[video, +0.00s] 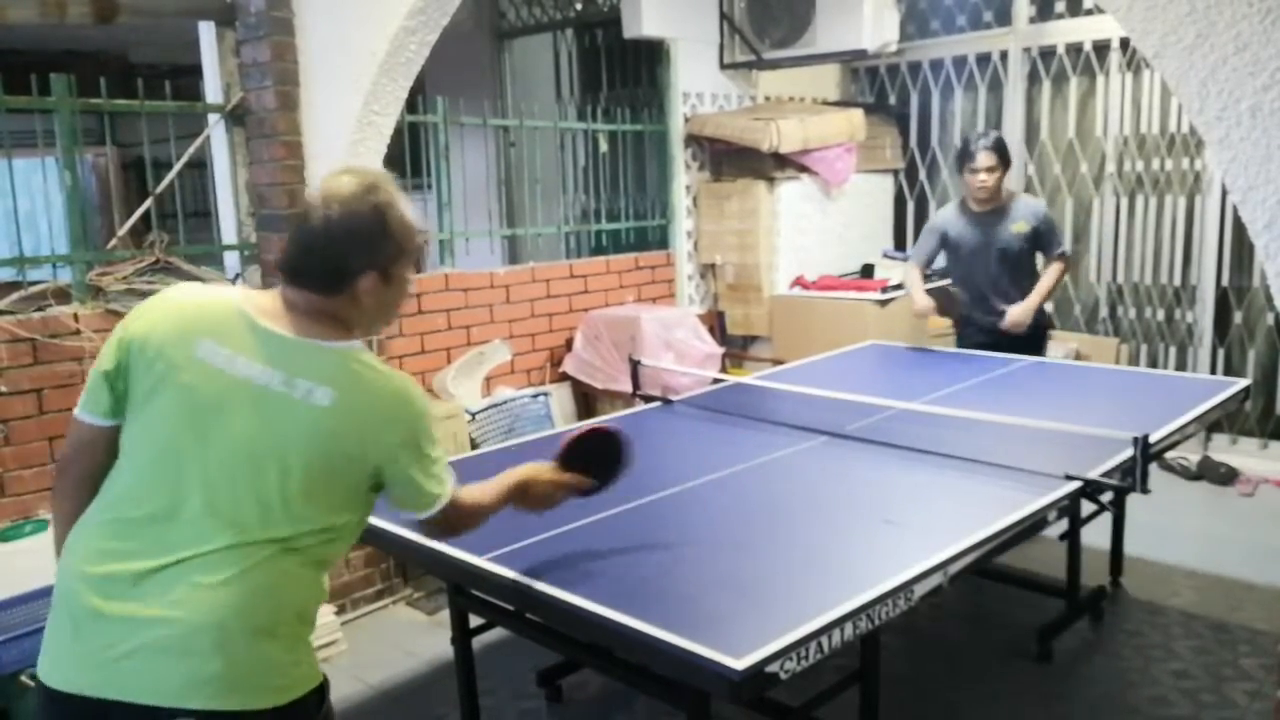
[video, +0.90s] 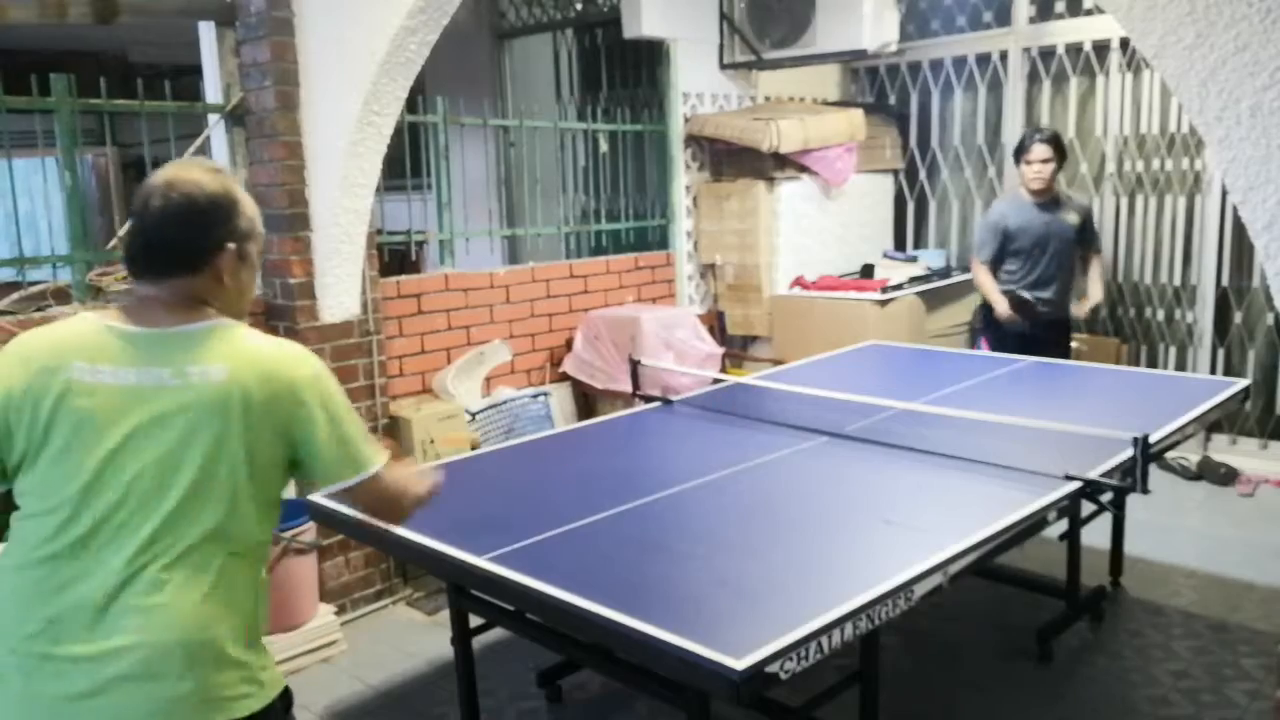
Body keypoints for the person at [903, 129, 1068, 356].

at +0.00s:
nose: (982, 179)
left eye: (991, 171)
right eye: (974, 171)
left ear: (1004, 171)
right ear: (962, 175)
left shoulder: (1032, 212)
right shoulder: (945, 220)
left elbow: (1058, 260)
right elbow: (914, 265)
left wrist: (1028, 306)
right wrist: (920, 296)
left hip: (1025, 334)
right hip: (975, 334)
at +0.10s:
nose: (987, 183)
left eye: (994, 174)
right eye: (977, 176)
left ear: (1006, 174)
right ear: (964, 179)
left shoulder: (1031, 215)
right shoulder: (947, 223)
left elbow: (1049, 265)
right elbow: (917, 276)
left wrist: (1035, 323)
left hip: (1021, 336)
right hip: (970, 336)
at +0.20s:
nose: (994, 187)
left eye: (1001, 178)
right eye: (985, 179)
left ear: (1011, 177)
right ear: (968, 182)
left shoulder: (1033, 216)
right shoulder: (954, 225)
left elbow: (1039, 271)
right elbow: (937, 287)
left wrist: (1039, 330)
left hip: (1021, 334)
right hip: (972, 336)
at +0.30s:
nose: (1004, 188)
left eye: (1010, 180)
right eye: (994, 181)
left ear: (1018, 179)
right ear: (976, 183)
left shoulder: (1031, 215)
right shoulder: (965, 228)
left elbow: (1039, 271)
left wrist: (1045, 327)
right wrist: (1013, 319)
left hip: (1022, 330)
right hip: (977, 333)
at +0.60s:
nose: (1028, 179)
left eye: (1034, 171)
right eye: (1018, 172)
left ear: (1042, 173)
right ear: (1002, 175)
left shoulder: (1051, 214)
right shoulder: (990, 218)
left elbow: (1054, 272)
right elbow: (994, 281)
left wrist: (1062, 317)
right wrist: (1025, 315)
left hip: (1037, 323)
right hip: (994, 323)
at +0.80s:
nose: (1036, 174)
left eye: (1045, 166)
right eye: (1028, 167)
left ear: (1057, 168)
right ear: (1016, 170)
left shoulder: (1073, 216)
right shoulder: (1001, 215)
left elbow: (1080, 271)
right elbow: (988, 275)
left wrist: (1082, 314)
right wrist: (1016, 312)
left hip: (1052, 323)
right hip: (1001, 321)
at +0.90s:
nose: (1037, 170)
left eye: (1046, 162)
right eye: (1029, 163)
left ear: (1059, 164)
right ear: (1018, 166)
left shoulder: (1078, 212)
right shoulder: (1001, 212)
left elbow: (1091, 254)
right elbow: (979, 266)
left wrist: (1094, 295)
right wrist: (1000, 305)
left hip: (1054, 323)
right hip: (1008, 321)